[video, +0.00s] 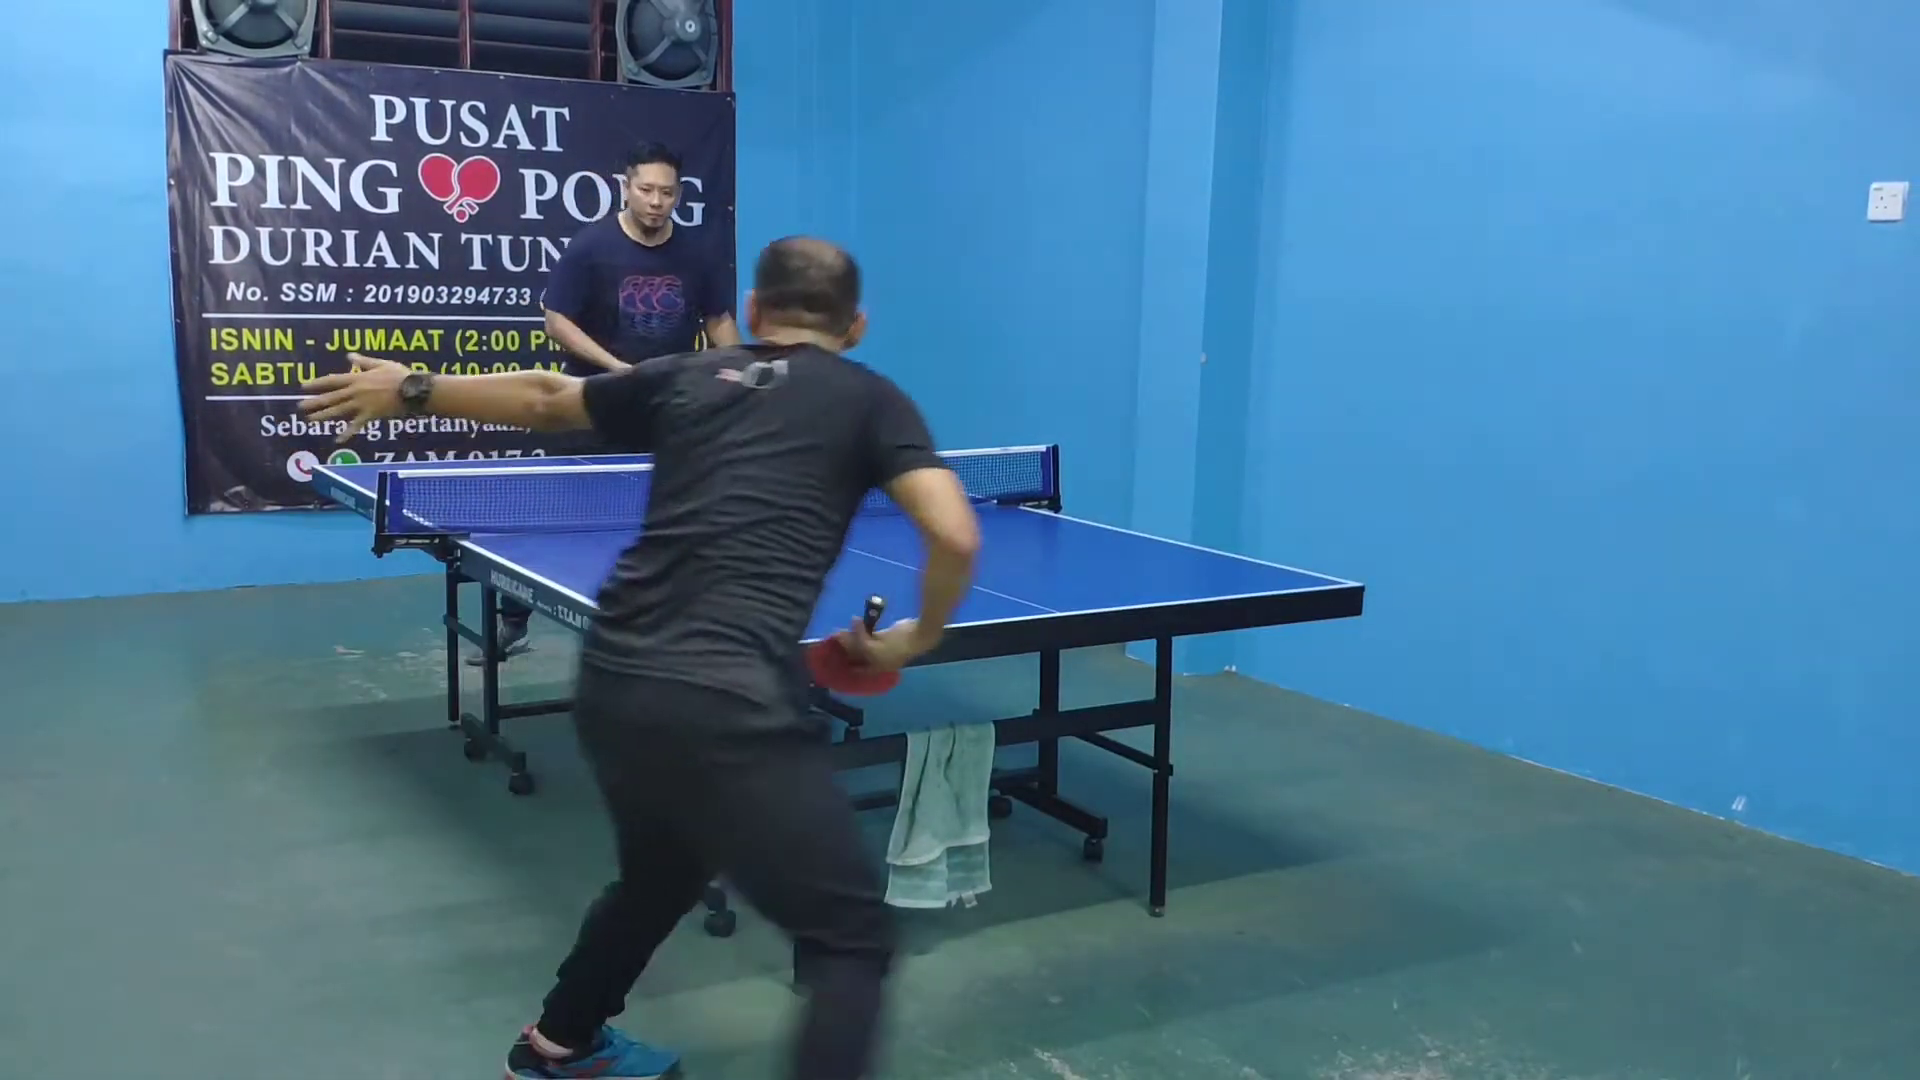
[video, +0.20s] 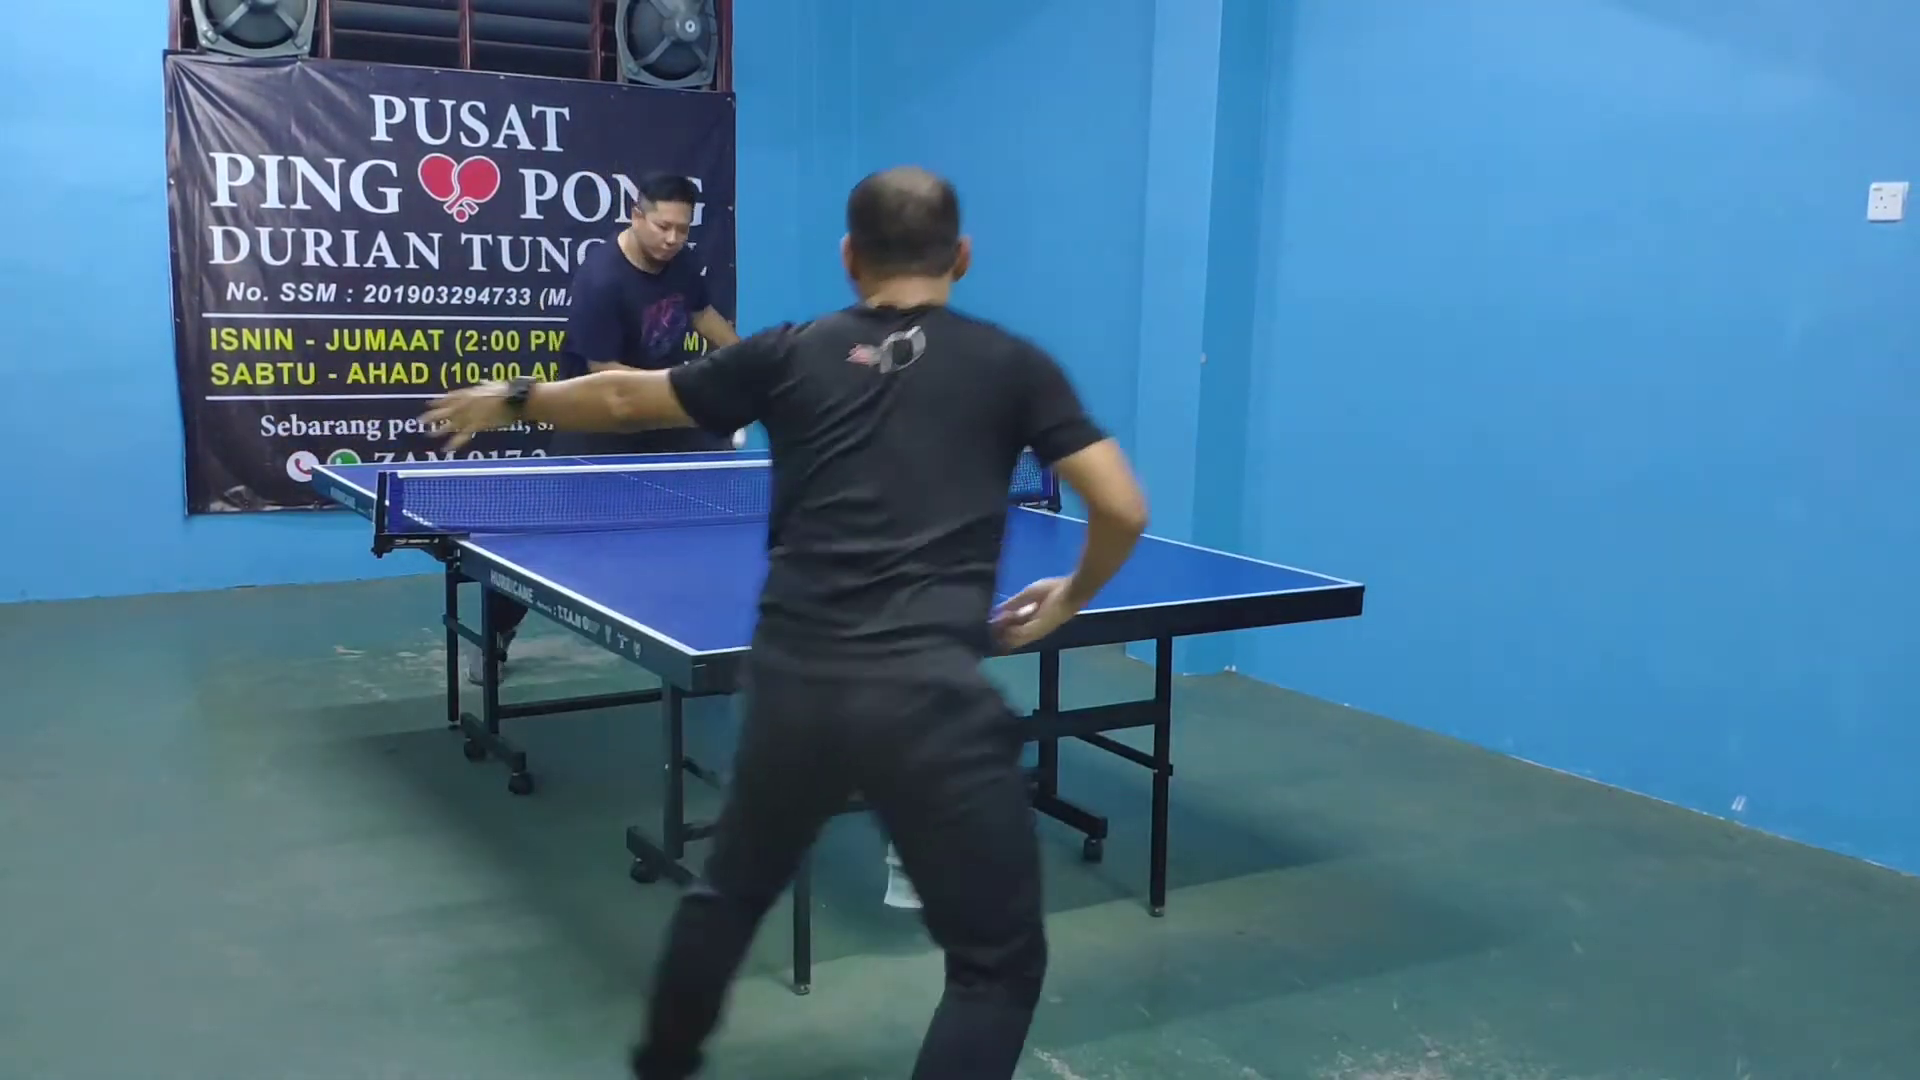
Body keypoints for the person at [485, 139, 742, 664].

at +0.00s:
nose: (657, 201)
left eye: (666, 191)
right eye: (647, 189)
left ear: (677, 196)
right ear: (626, 190)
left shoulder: (696, 254)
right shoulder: (590, 248)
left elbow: (720, 324)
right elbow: (555, 319)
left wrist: (738, 373)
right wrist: (614, 365)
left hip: (671, 412)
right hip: (594, 406)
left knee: (669, 519)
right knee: (550, 510)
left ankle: (668, 617)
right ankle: (512, 618)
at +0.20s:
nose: (672, 240)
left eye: (682, 229)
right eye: (662, 227)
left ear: (690, 226)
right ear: (636, 216)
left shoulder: (681, 262)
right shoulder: (602, 276)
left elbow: (704, 317)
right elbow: (604, 374)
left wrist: (748, 361)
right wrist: (686, 388)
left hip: (665, 419)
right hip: (595, 424)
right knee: (549, 523)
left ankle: (706, 637)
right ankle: (498, 631)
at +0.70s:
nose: (634, 219)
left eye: (641, 208)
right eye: (622, 208)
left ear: (648, 212)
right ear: (593, 209)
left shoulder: (645, 257)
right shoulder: (566, 274)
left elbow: (671, 306)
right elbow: (564, 360)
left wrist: (727, 345)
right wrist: (622, 380)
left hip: (628, 410)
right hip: (563, 416)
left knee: (680, 501)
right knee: (533, 521)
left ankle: (694, 633)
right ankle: (491, 641)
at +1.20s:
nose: (610, 207)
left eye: (616, 197)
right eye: (597, 198)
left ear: (623, 201)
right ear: (572, 204)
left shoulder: (647, 260)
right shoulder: (545, 269)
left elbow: (688, 320)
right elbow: (508, 341)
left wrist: (715, 340)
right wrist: (549, 383)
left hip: (647, 427)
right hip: (566, 432)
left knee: (692, 516)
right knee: (522, 529)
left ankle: (702, 640)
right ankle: (485, 638)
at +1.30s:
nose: (593, 204)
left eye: (601, 194)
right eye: (581, 195)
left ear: (614, 200)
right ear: (560, 201)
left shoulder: (639, 257)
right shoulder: (535, 263)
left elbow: (677, 315)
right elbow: (486, 330)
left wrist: (711, 338)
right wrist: (512, 364)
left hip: (635, 424)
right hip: (559, 426)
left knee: (656, 526)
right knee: (516, 526)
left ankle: (673, 637)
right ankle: (478, 634)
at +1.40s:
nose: (555, 210)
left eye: (564, 200)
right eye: (545, 201)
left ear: (584, 204)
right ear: (532, 206)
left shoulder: (622, 255)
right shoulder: (512, 268)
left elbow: (667, 308)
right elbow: (453, 322)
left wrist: (710, 346)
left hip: (623, 417)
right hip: (546, 420)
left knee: (657, 519)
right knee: (494, 511)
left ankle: (681, 638)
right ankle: (455, 626)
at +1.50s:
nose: (505, 221)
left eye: (515, 210)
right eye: (495, 211)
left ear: (536, 210)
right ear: (483, 216)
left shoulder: (582, 257)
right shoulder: (467, 284)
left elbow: (630, 298)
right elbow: (408, 334)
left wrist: (681, 349)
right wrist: (365, 386)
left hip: (605, 427)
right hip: (521, 434)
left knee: (663, 522)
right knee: (471, 524)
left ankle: (695, 639)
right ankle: (436, 636)